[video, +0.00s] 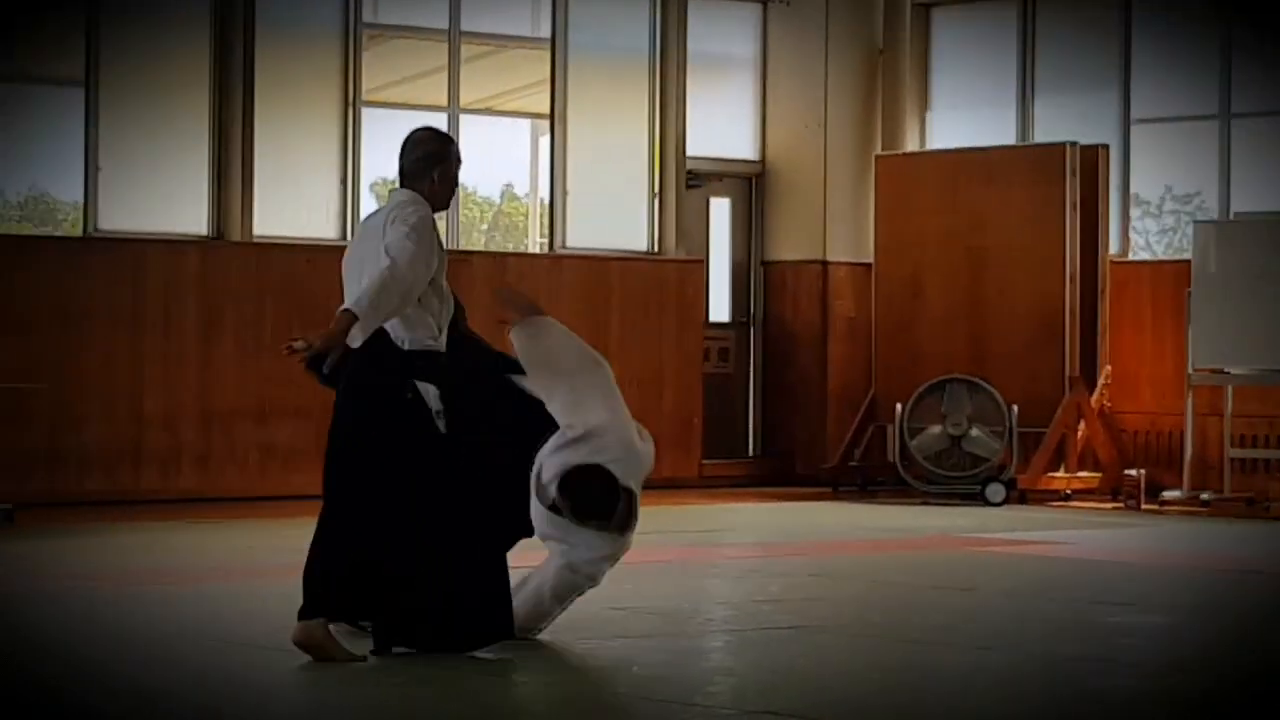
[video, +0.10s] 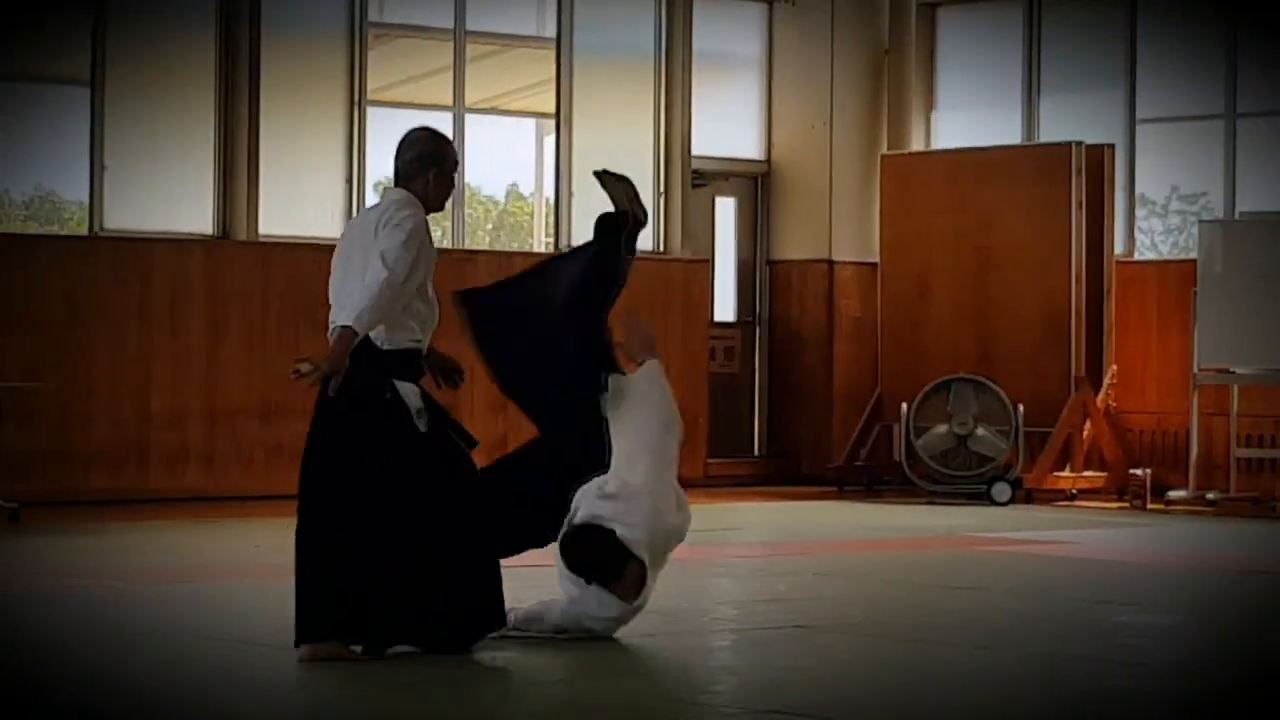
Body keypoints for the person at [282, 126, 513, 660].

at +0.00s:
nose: (458, 182)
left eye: (457, 171)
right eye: (455, 171)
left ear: (406, 171)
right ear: (436, 171)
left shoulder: (372, 223)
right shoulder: (415, 219)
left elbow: (365, 294)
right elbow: (395, 278)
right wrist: (339, 331)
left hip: (365, 375)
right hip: (403, 379)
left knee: (351, 495)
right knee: (412, 498)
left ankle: (316, 615)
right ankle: (406, 624)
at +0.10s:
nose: (454, 187)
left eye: (454, 175)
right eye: (451, 174)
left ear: (403, 171)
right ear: (429, 172)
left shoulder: (360, 223)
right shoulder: (409, 220)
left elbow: (366, 309)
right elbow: (385, 286)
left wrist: (426, 356)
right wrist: (341, 348)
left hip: (345, 383)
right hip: (383, 387)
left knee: (335, 505)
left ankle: (325, 631)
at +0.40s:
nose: (432, 154)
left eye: (432, 143)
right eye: (428, 142)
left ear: (379, 140)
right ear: (406, 142)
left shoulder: (337, 195)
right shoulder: (385, 194)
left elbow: (327, 282)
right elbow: (378, 276)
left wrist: (356, 344)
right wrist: (390, 357)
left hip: (334, 355)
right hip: (373, 358)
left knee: (332, 490)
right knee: (406, 490)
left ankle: (323, 627)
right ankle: (388, 626)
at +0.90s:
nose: (460, 142)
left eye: (459, 130)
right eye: (454, 129)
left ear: (411, 131)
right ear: (426, 131)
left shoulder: (378, 187)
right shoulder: (400, 191)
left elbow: (365, 284)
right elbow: (392, 283)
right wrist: (406, 372)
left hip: (367, 364)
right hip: (391, 366)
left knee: (369, 502)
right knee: (400, 504)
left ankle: (361, 643)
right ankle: (375, 646)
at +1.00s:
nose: (469, 143)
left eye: (468, 132)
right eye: (464, 131)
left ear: (420, 130)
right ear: (438, 132)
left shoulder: (389, 186)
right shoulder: (407, 189)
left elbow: (385, 283)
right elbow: (403, 285)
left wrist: (413, 362)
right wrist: (417, 373)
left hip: (386, 357)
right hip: (397, 361)